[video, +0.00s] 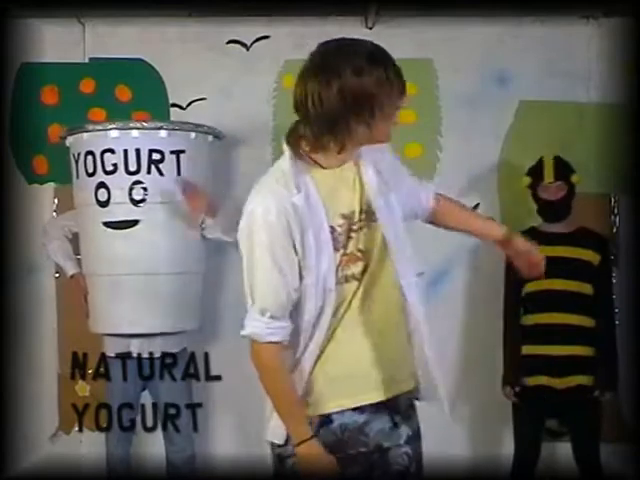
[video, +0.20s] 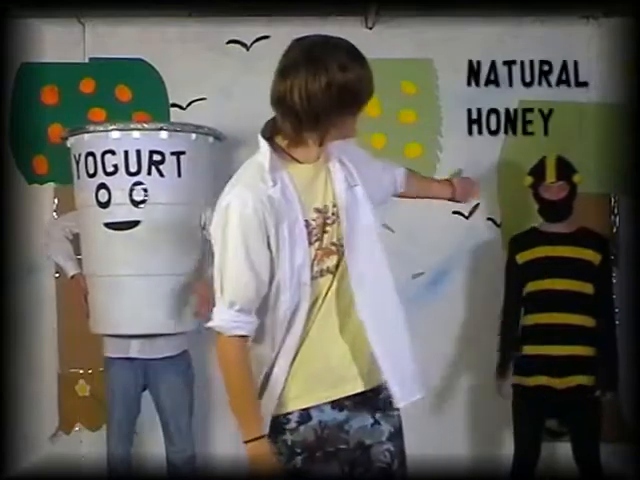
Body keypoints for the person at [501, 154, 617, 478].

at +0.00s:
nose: (553, 195)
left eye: (560, 187)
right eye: (545, 188)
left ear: (572, 189)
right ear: (533, 194)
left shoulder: (595, 246)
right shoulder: (520, 245)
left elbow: (605, 313)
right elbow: (511, 314)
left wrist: (607, 372)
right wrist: (510, 370)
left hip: (581, 375)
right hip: (532, 375)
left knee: (588, 462)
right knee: (524, 461)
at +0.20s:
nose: (554, 195)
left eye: (561, 187)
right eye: (546, 188)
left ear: (573, 189)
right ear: (534, 193)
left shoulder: (597, 245)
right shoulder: (520, 245)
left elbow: (605, 313)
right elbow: (511, 308)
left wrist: (608, 372)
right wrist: (504, 359)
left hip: (581, 372)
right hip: (531, 373)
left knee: (588, 460)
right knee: (524, 459)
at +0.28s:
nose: (556, 195)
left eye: (563, 187)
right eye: (548, 187)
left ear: (575, 189)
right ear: (535, 193)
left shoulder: (597, 245)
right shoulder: (521, 245)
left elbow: (607, 314)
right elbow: (509, 309)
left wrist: (609, 372)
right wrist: (479, 326)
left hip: (581, 371)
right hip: (532, 371)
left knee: (589, 461)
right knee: (525, 459)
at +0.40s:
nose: (555, 194)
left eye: (563, 186)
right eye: (547, 187)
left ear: (576, 190)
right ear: (537, 191)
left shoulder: (599, 245)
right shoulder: (525, 241)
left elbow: (609, 315)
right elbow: (496, 291)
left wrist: (613, 374)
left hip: (581, 370)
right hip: (533, 369)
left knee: (589, 460)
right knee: (526, 459)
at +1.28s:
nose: (579, 195)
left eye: (588, 188)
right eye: (572, 187)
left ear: (600, 193)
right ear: (561, 190)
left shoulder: (611, 249)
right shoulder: (537, 237)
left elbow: (618, 320)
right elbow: (498, 282)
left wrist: (622, 380)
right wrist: (494, 245)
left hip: (587, 368)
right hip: (538, 364)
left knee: (591, 460)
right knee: (527, 458)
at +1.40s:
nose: (577, 196)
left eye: (586, 188)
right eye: (570, 187)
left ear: (598, 193)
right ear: (559, 190)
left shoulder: (610, 249)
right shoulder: (536, 237)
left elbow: (618, 318)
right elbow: (511, 282)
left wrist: (621, 376)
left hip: (587, 365)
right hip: (538, 361)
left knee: (591, 458)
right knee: (528, 457)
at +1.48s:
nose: (574, 196)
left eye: (583, 189)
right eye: (568, 188)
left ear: (596, 194)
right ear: (557, 191)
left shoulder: (610, 249)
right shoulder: (536, 238)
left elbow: (617, 318)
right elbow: (514, 293)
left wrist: (621, 375)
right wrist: (497, 331)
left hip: (586, 365)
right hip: (537, 361)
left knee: (591, 458)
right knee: (528, 457)